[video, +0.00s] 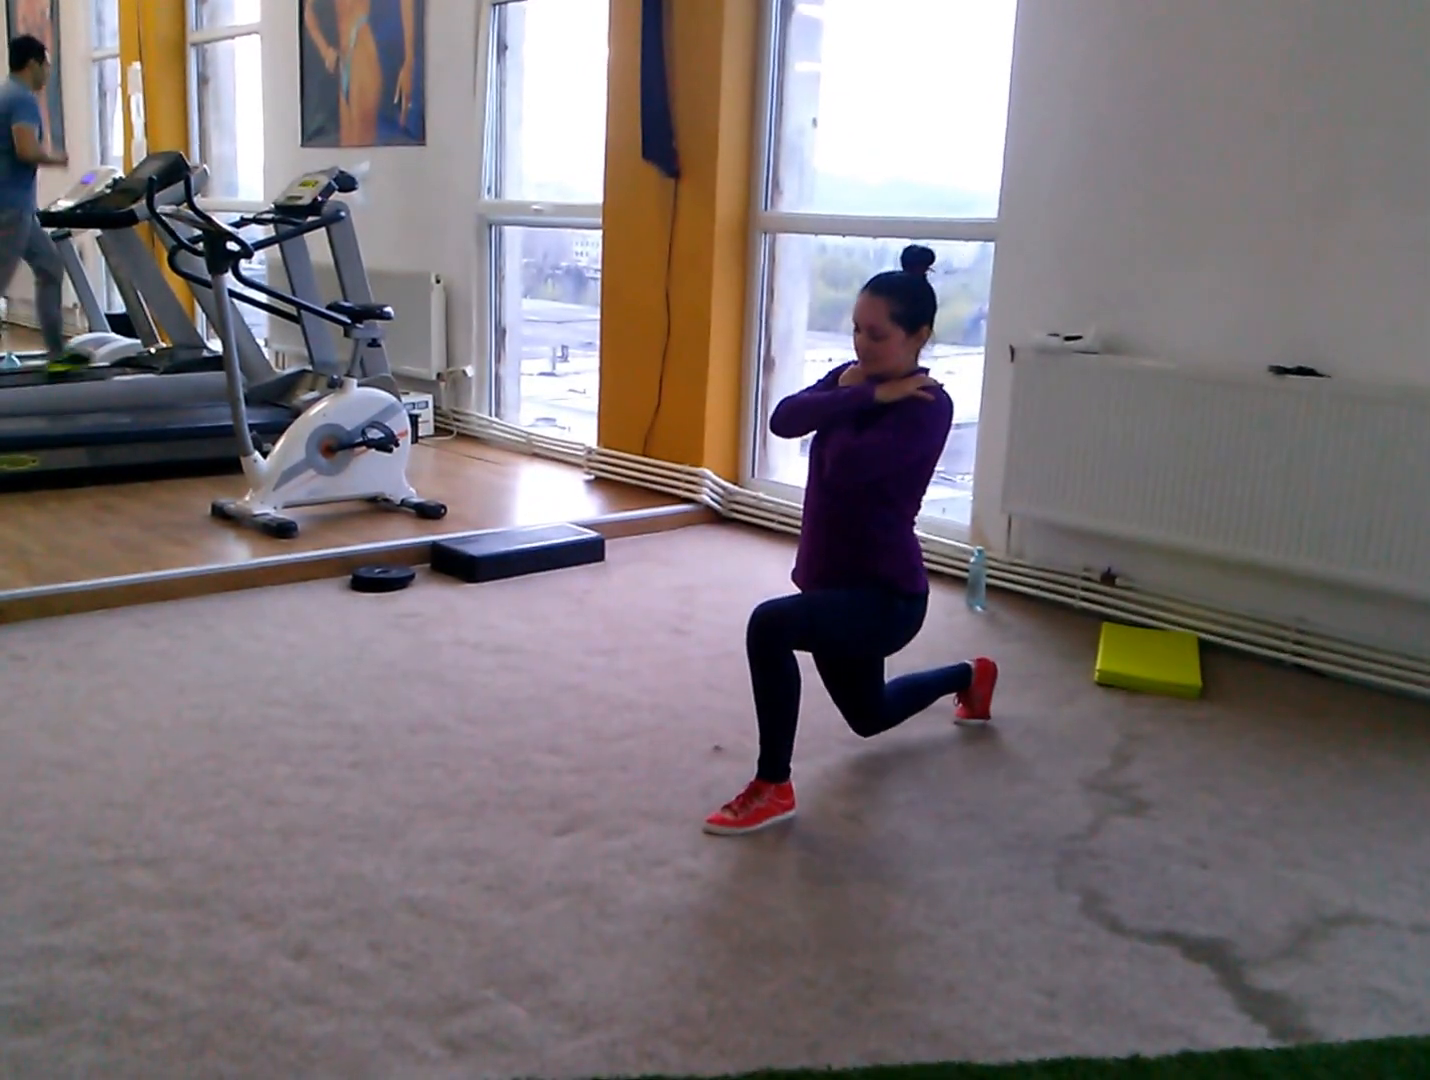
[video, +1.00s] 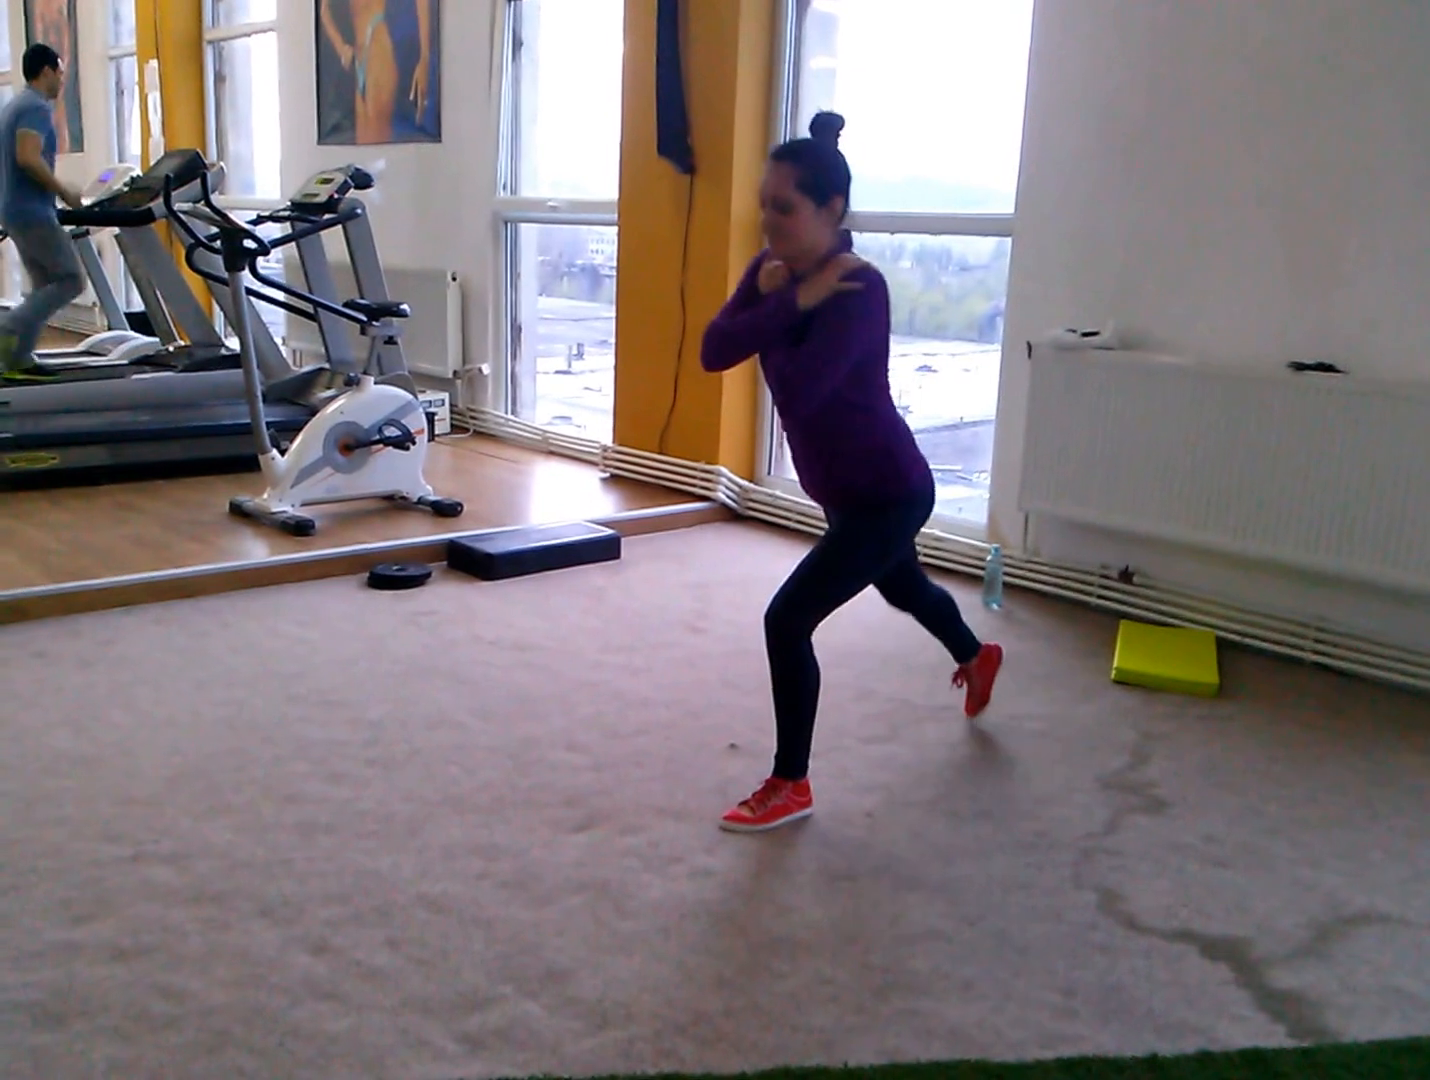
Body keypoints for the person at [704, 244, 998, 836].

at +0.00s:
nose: (859, 345)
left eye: (873, 336)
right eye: (856, 331)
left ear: (917, 339)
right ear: (851, 325)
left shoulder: (929, 409)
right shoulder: (848, 379)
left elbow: (851, 467)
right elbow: (783, 420)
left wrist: (833, 408)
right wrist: (873, 393)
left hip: (886, 598)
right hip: (826, 588)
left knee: (769, 626)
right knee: (868, 714)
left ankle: (772, 785)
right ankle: (970, 678)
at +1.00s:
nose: (767, 220)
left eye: (782, 208)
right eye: (764, 205)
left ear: (834, 214)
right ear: (761, 207)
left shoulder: (860, 290)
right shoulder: (766, 274)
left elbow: (805, 388)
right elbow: (713, 353)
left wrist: (768, 309)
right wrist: (799, 299)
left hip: (892, 497)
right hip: (842, 493)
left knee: (787, 621)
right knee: (908, 589)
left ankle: (790, 782)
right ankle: (975, 656)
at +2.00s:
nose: (932, 318)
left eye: (949, 311)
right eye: (931, 305)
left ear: (989, 327)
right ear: (926, 306)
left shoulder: (980, 399)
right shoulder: (908, 365)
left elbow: (898, 457)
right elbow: (836, 398)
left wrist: (894, 383)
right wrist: (930, 377)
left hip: (938, 589)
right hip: (885, 577)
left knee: (819, 623)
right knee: (945, 677)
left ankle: (818, 789)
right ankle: (1040, 666)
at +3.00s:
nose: (814, 283)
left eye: (830, 270)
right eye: (812, 267)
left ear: (872, 280)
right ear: (809, 271)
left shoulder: (887, 354)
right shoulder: (810, 346)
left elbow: (838, 452)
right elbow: (750, 419)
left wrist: (806, 377)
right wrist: (801, 364)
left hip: (947, 544)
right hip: (902, 544)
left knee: (828, 642)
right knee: (954, 639)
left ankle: (837, 803)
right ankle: (1029, 679)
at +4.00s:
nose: (672, 252)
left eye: (687, 237)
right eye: (668, 237)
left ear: (739, 241)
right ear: (673, 238)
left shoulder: (758, 329)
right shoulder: (680, 318)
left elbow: (666, 410)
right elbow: (591, 363)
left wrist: (646, 351)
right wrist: (680, 318)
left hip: (720, 587)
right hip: (647, 574)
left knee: (693, 787)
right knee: (531, 696)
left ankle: (823, 796)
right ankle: (545, 873)